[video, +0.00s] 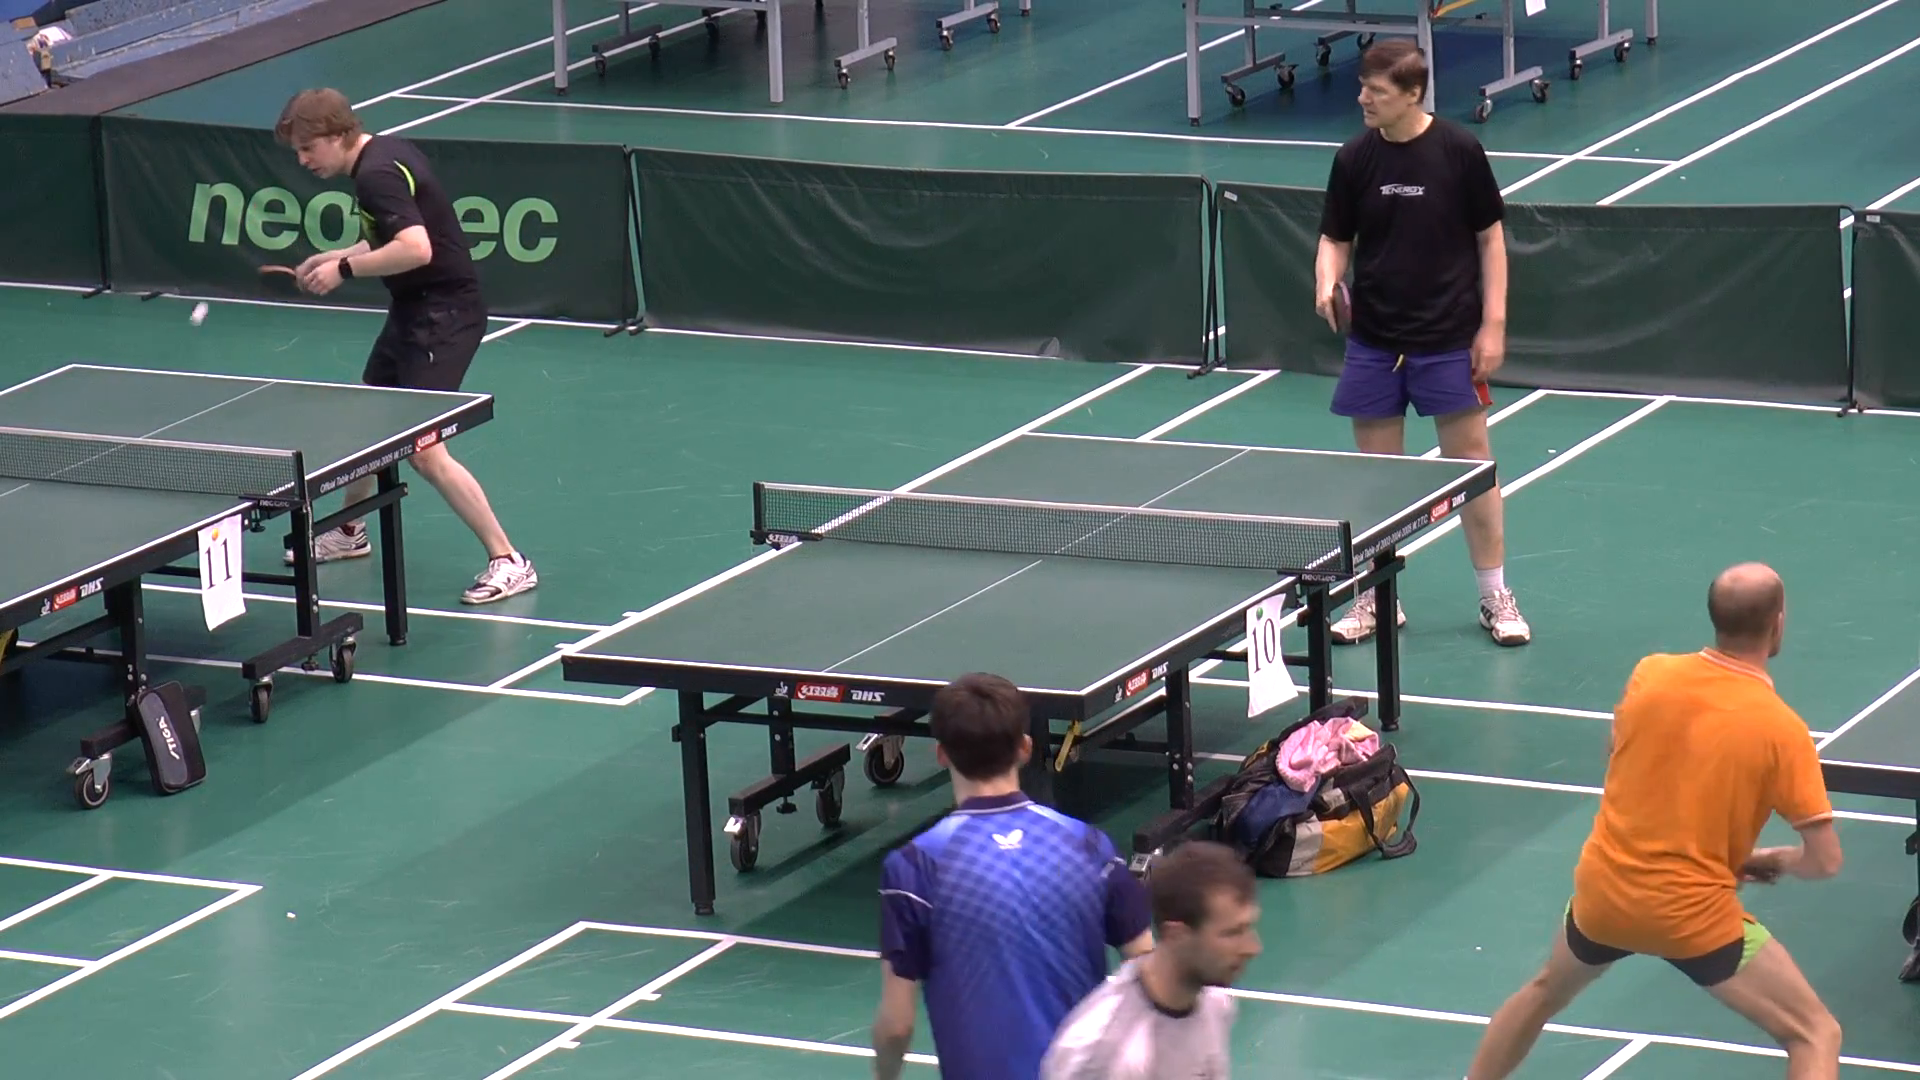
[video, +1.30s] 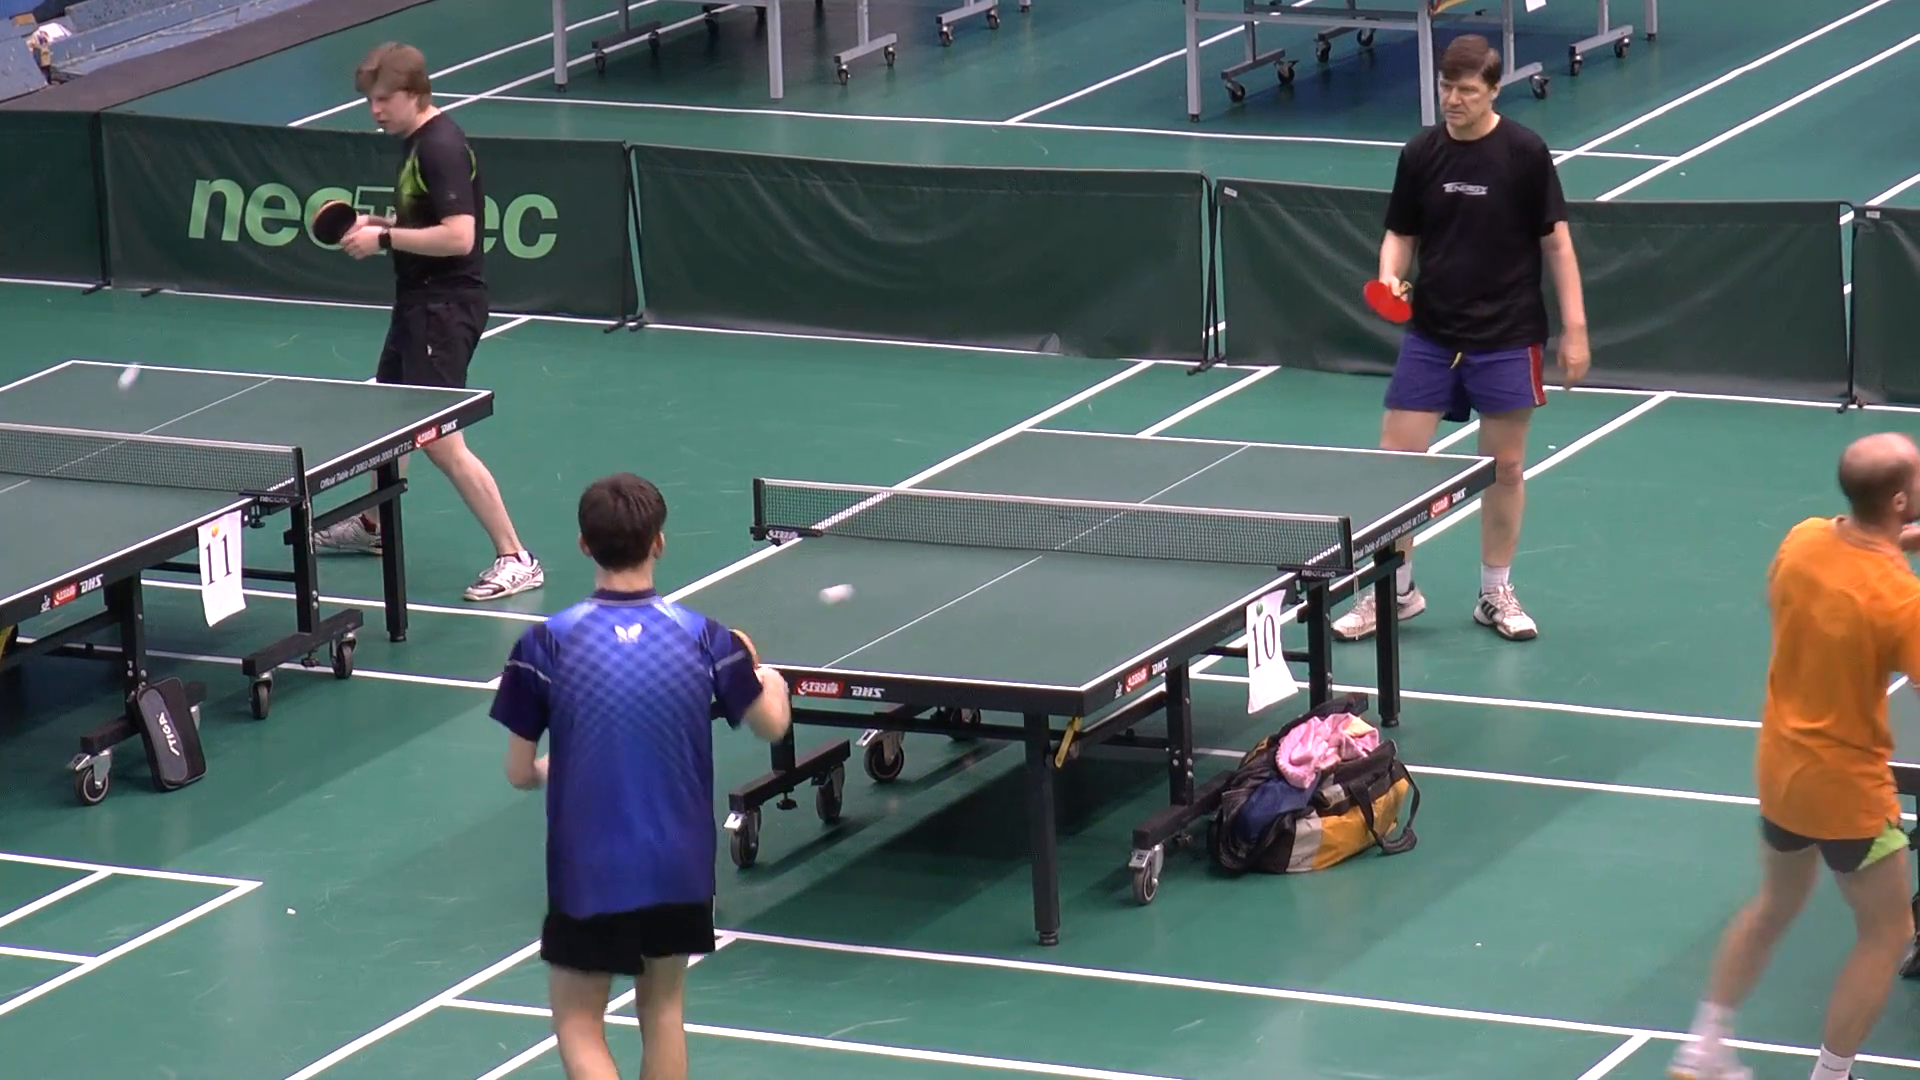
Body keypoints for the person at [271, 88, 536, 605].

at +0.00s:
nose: (302, 162)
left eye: (306, 149)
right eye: (297, 152)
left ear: (337, 136)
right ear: (342, 136)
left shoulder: (378, 170)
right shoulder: (382, 156)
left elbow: (416, 247)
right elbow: (396, 235)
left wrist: (344, 266)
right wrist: (340, 257)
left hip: (447, 311)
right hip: (412, 309)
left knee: (421, 443)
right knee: (366, 418)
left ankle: (508, 560)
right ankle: (349, 529)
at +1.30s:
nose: (375, 113)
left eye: (381, 102)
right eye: (372, 103)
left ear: (413, 96)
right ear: (400, 97)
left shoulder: (443, 145)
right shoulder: (424, 140)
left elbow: (460, 237)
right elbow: (429, 224)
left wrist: (385, 237)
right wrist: (379, 225)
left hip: (446, 305)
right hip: (419, 301)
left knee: (437, 436)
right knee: (384, 415)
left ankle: (516, 559)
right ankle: (376, 523)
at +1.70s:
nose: (352, 91)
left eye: (363, 80)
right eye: (347, 82)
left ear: (392, 79)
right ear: (344, 84)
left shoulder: (432, 134)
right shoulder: (359, 139)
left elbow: (472, 217)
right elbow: (352, 207)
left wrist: (397, 231)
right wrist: (318, 235)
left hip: (434, 299)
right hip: (376, 297)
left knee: (456, 426)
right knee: (347, 408)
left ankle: (513, 548)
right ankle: (363, 521)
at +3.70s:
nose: (370, 115)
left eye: (380, 104)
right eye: (362, 105)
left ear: (406, 95)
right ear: (356, 100)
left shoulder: (438, 148)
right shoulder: (361, 146)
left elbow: (486, 229)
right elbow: (341, 208)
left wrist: (422, 221)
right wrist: (331, 231)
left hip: (433, 311)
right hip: (378, 308)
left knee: (432, 427)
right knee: (358, 416)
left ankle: (475, 553)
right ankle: (356, 543)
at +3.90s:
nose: (385, 124)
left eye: (393, 114)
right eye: (380, 114)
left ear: (426, 104)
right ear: (384, 107)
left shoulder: (456, 152)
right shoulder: (408, 145)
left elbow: (470, 245)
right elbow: (414, 216)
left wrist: (397, 256)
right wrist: (384, 256)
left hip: (471, 308)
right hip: (429, 304)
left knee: (453, 444)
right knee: (429, 441)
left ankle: (497, 575)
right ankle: (424, 573)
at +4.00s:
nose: (397, 121)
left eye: (405, 111)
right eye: (392, 111)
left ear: (437, 101)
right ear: (404, 103)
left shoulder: (464, 150)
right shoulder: (441, 137)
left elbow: (459, 248)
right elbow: (448, 229)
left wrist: (385, 282)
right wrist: (403, 253)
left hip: (483, 304)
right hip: (458, 299)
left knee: (464, 436)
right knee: (453, 431)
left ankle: (497, 578)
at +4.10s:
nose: (410, 118)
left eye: (416, 108)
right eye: (407, 107)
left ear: (447, 99)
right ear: (451, 99)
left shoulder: (471, 155)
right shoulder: (491, 128)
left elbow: (453, 253)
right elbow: (496, 218)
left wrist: (383, 296)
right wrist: (439, 246)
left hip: (487, 307)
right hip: (513, 299)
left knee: (477, 442)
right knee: (497, 430)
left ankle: (497, 577)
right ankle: (591, 528)